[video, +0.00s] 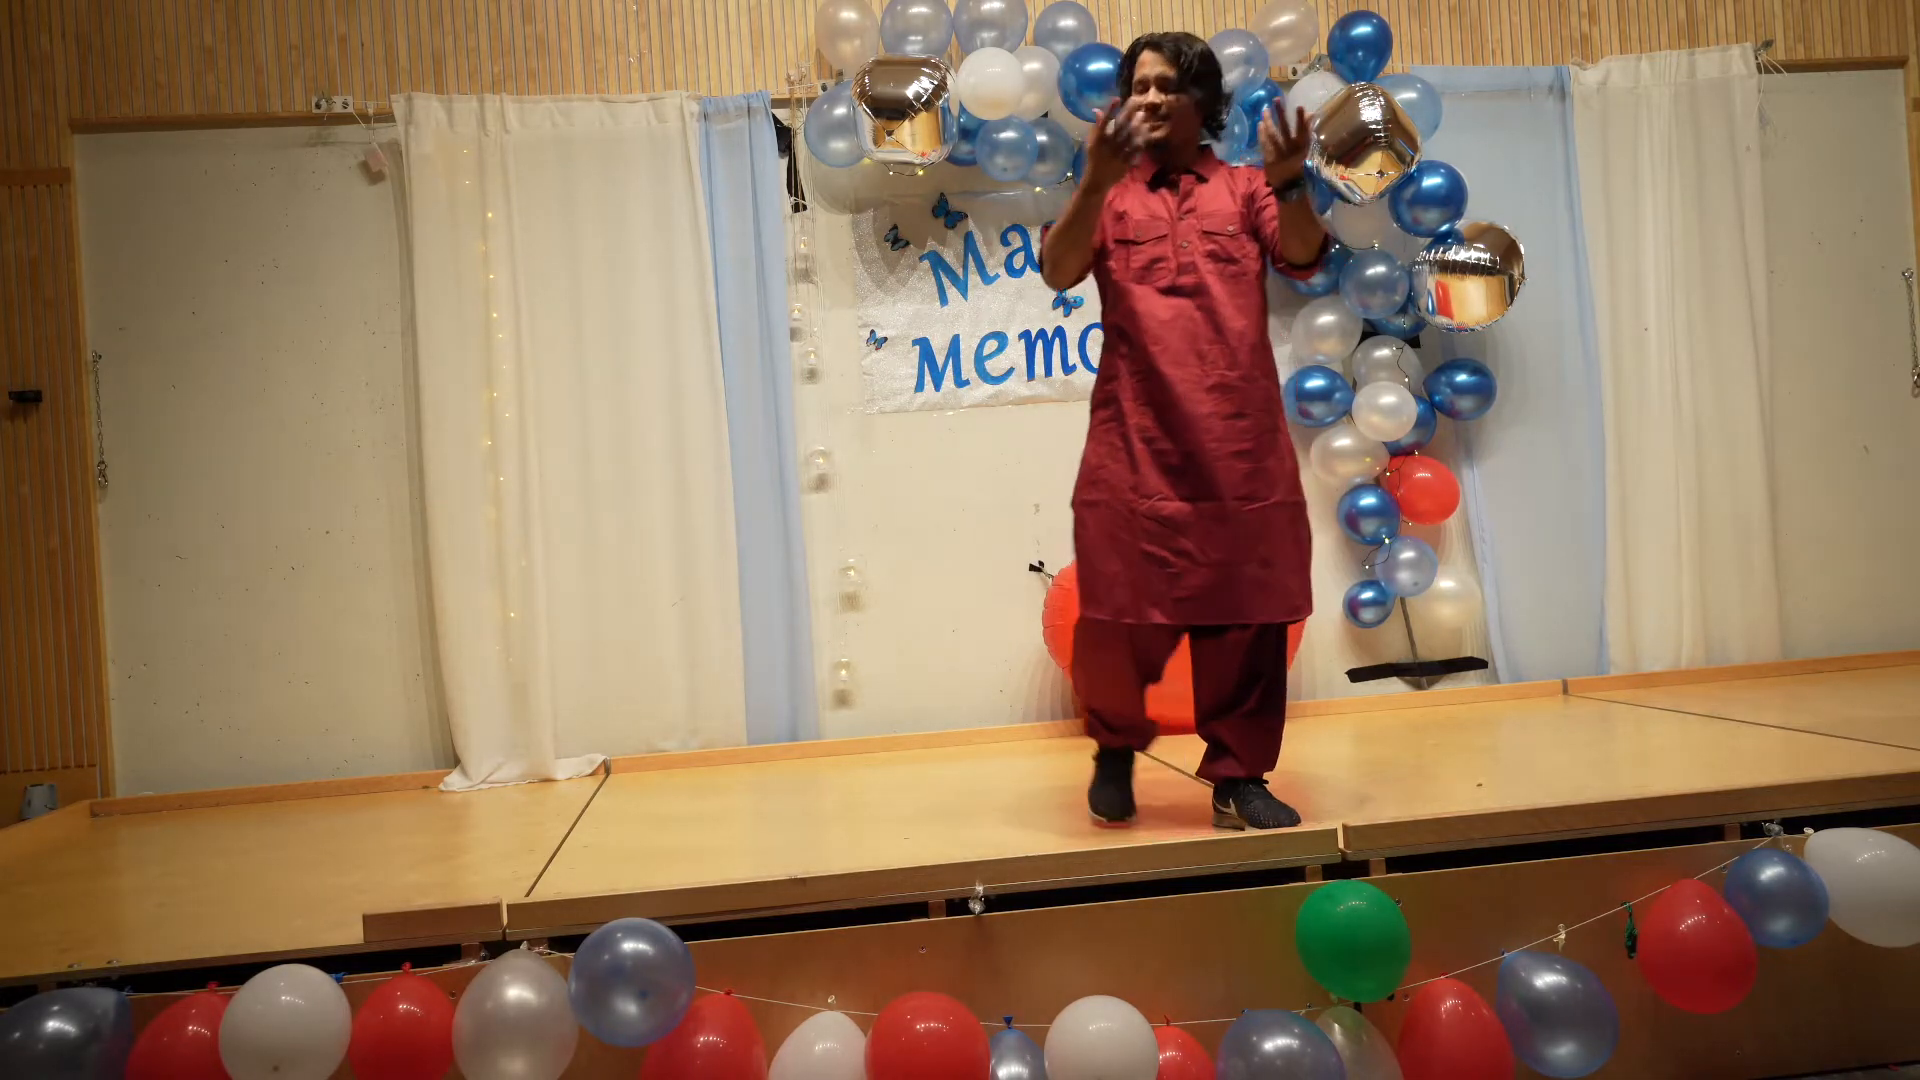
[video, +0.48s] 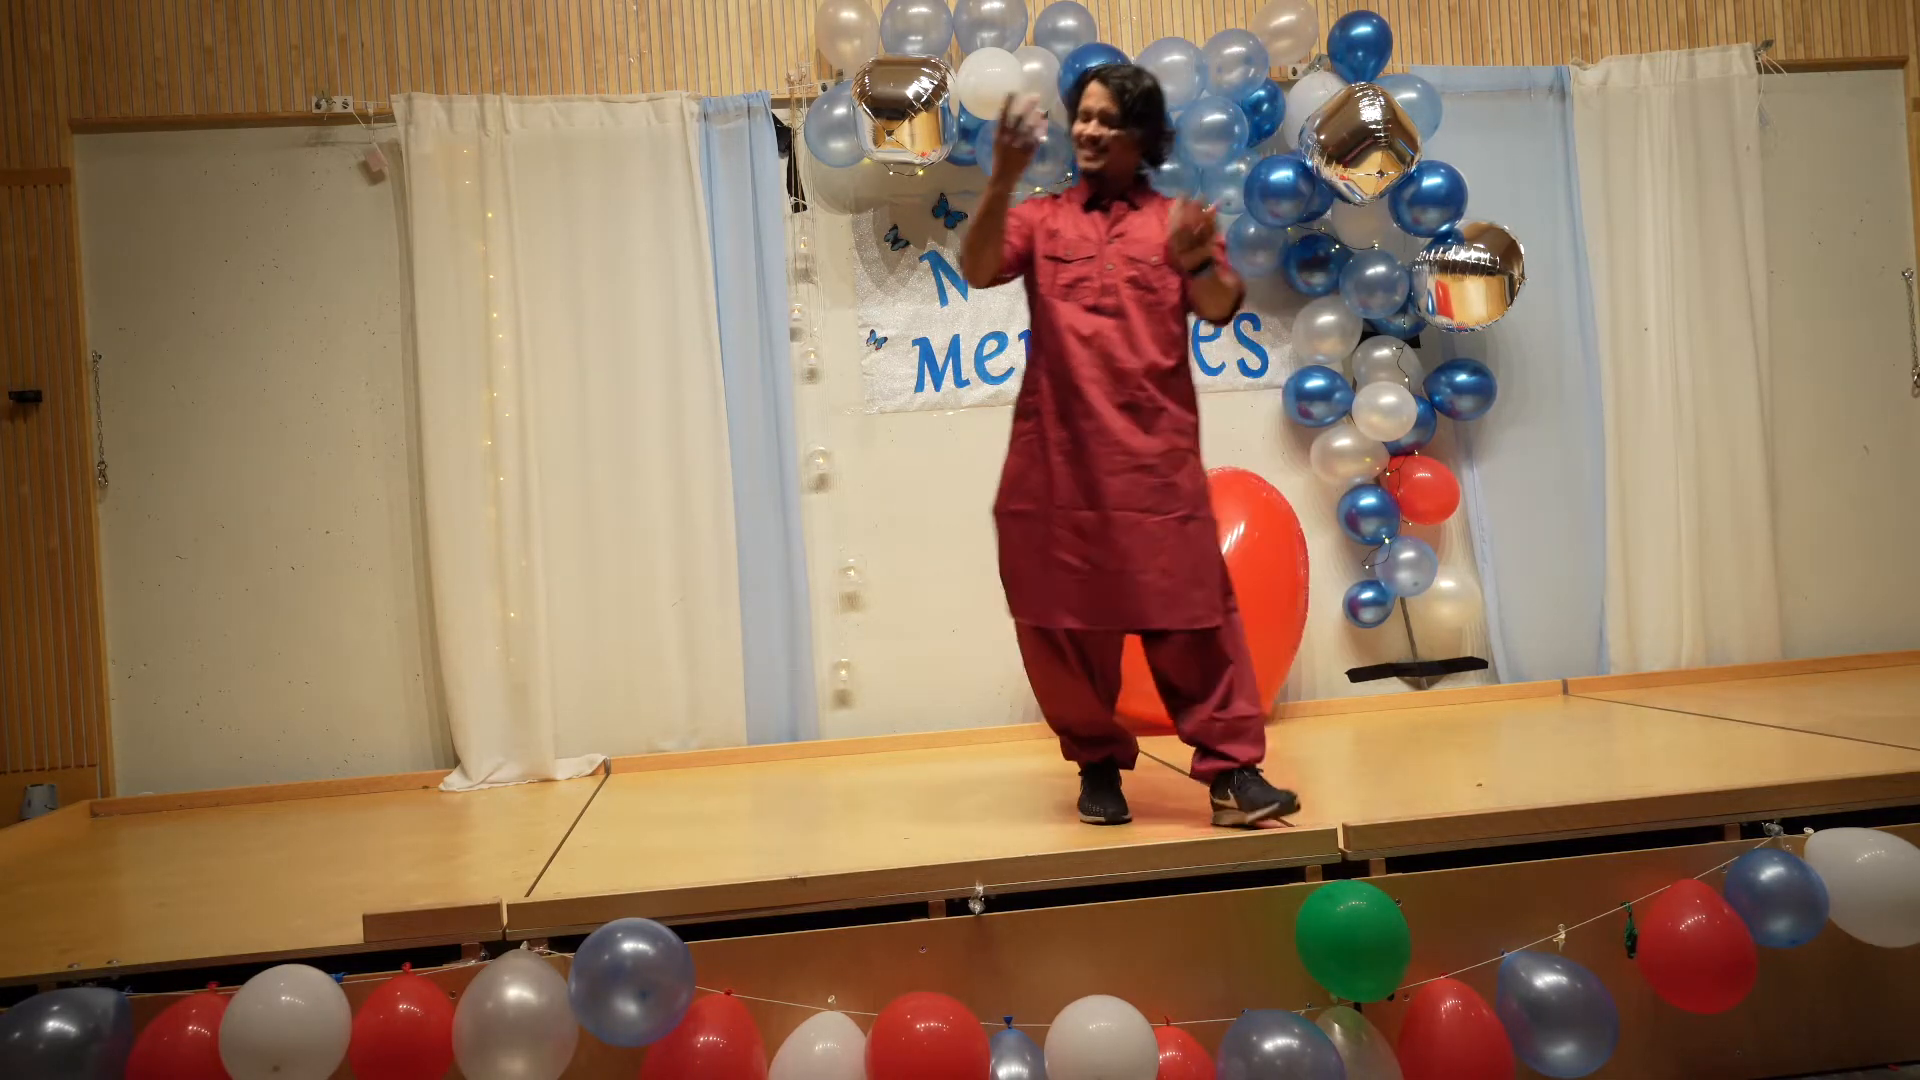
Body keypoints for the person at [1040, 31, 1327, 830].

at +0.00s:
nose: (1148, 98)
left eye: (1166, 86)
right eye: (1138, 87)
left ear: (1204, 103)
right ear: (1123, 105)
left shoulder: (1244, 184)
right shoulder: (1108, 192)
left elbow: (1304, 257)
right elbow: (1058, 270)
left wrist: (1290, 189)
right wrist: (1096, 178)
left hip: (1239, 434)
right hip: (1137, 435)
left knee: (1248, 610)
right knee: (1119, 607)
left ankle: (1240, 778)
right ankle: (1115, 749)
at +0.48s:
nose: (1089, 130)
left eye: (1106, 120)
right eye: (1083, 118)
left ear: (1144, 135)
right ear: (1071, 129)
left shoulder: (1176, 218)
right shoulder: (1042, 217)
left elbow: (1220, 309)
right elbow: (980, 269)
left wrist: (1199, 261)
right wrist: (1002, 179)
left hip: (1157, 446)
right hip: (1059, 450)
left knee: (1195, 605)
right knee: (1063, 612)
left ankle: (1234, 773)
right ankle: (1098, 768)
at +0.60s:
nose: (1073, 136)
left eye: (1089, 125)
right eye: (1065, 123)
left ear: (1126, 138)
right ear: (1053, 133)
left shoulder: (1166, 224)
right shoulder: (1028, 220)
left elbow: (1203, 315)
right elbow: (961, 264)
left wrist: (1169, 289)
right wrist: (980, 167)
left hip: (1145, 449)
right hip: (1048, 453)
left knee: (1187, 604)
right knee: (1059, 615)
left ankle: (1224, 767)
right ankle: (1098, 768)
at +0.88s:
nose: (1044, 140)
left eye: (1060, 128)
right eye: (1034, 129)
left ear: (1096, 139)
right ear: (1024, 141)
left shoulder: (1141, 221)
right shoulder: (1006, 225)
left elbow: (1179, 306)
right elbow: (936, 248)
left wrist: (1143, 318)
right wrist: (947, 153)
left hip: (1128, 451)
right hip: (1036, 452)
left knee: (1148, 606)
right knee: (1052, 613)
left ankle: (1135, 732)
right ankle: (1093, 758)